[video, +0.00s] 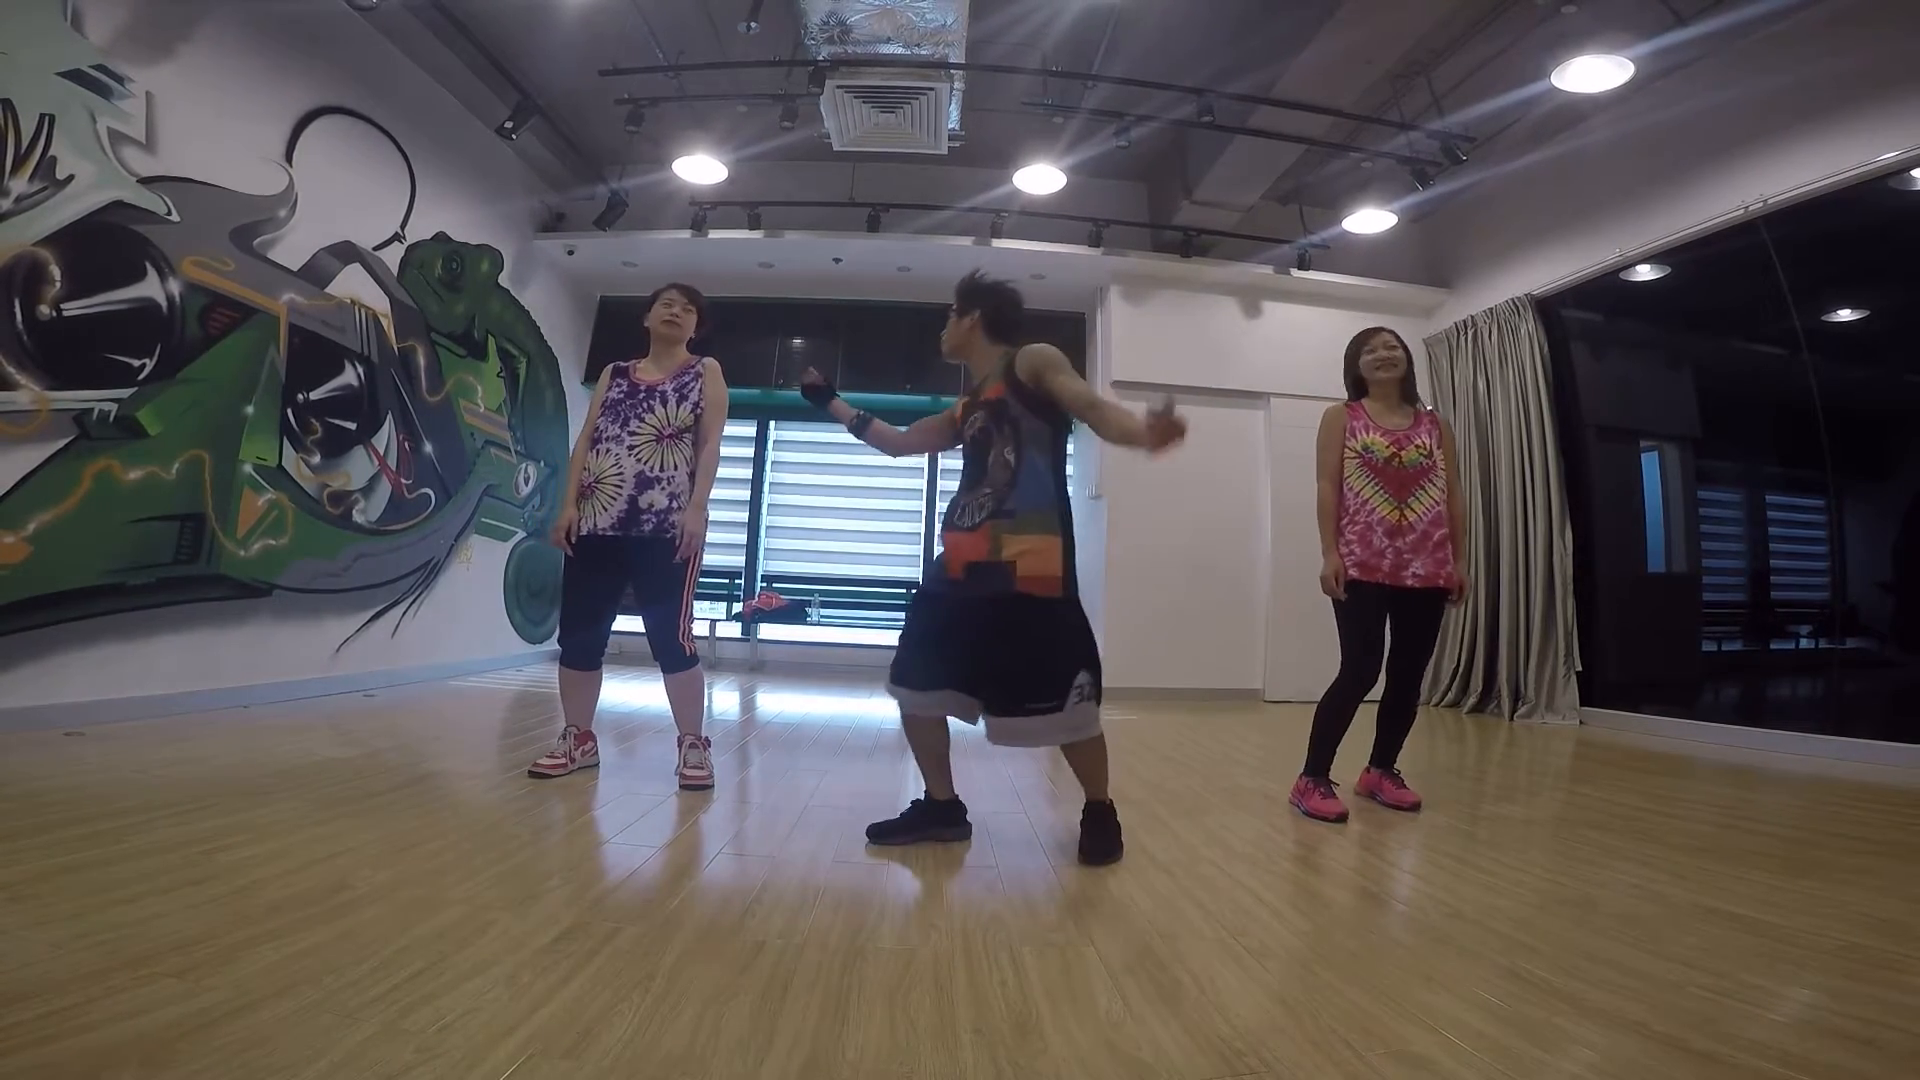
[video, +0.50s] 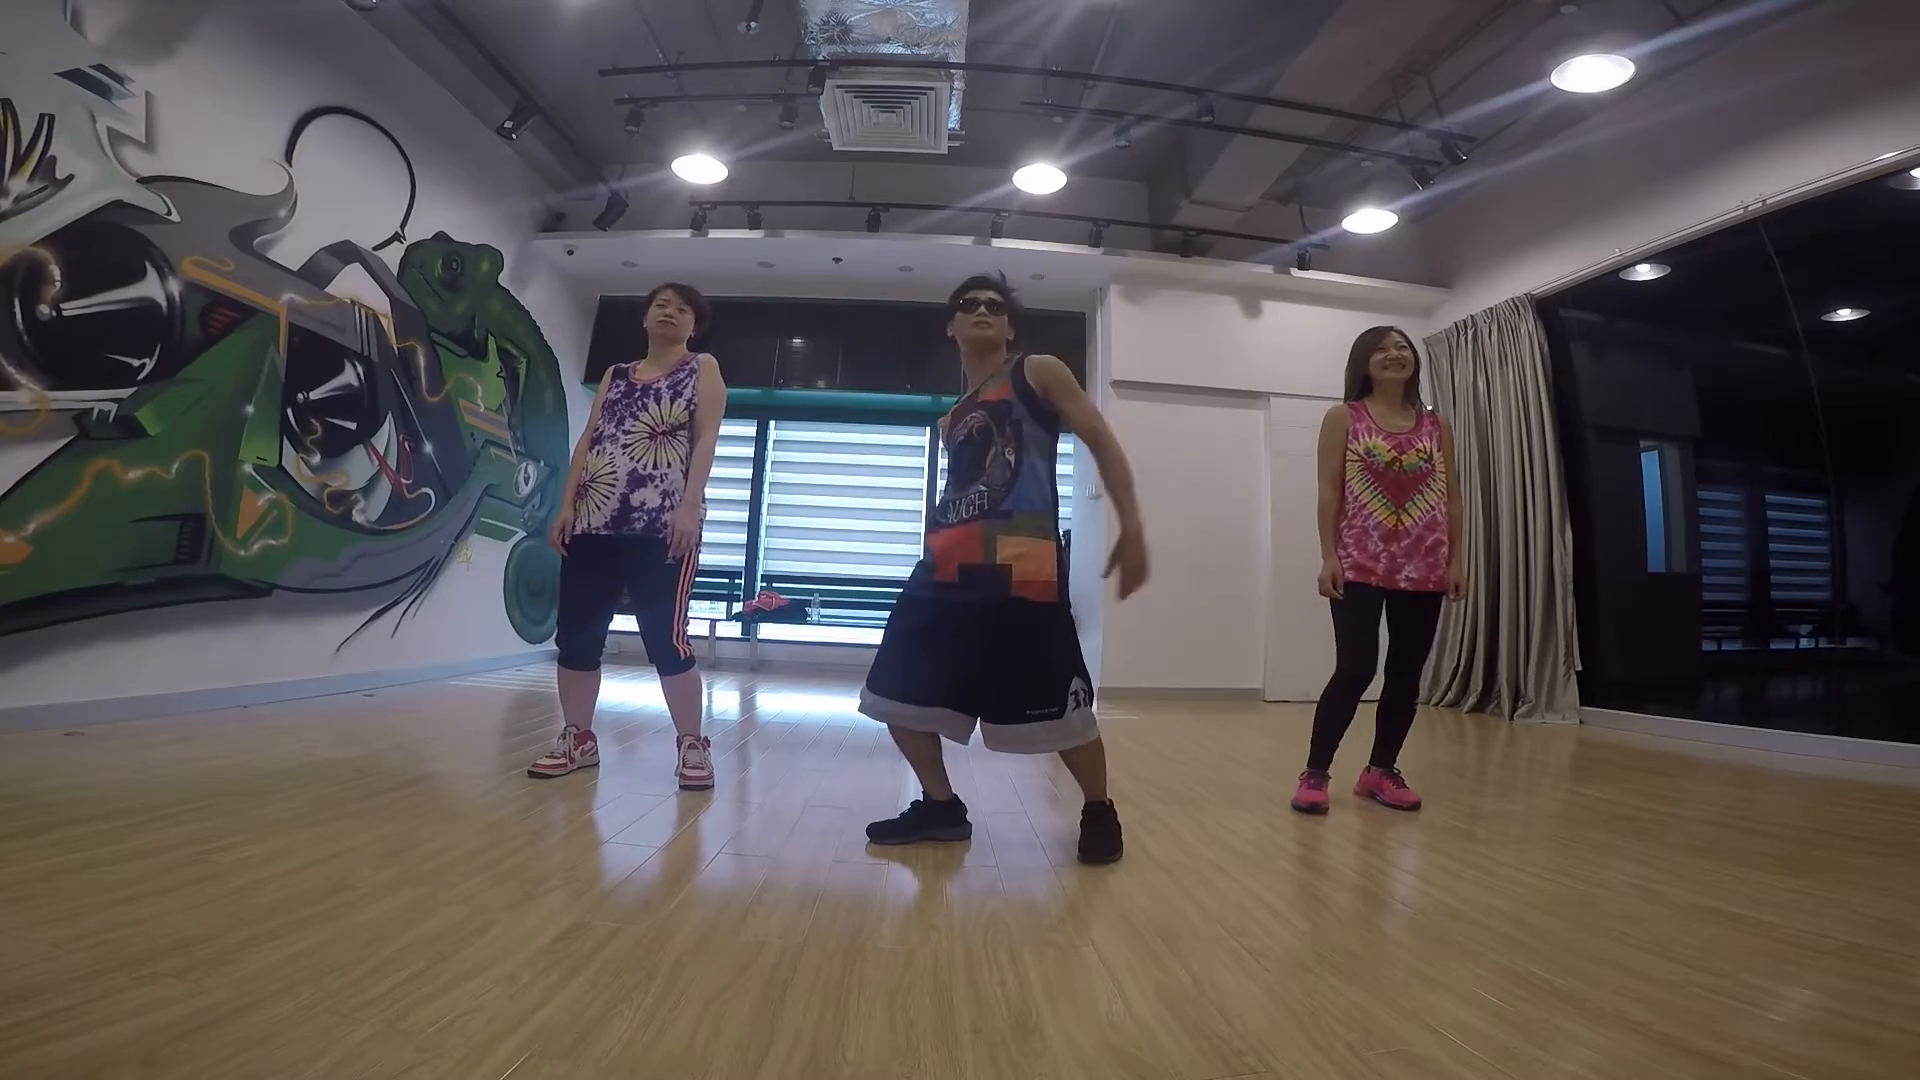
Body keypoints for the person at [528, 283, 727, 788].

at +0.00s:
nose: (675, 310)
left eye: (686, 307)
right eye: (666, 303)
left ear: (696, 327)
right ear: (647, 318)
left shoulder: (705, 372)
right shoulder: (614, 374)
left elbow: (708, 445)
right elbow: (585, 442)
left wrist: (697, 508)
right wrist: (569, 503)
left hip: (664, 528)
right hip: (596, 524)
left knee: (671, 642)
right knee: (579, 637)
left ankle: (692, 744)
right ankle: (578, 740)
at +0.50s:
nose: (669, 312)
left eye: (681, 308)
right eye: (661, 305)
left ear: (694, 326)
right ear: (645, 317)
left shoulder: (702, 369)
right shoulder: (616, 375)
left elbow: (705, 441)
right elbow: (586, 443)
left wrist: (690, 506)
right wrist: (566, 503)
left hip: (659, 527)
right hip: (593, 523)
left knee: (667, 643)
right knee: (576, 637)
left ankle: (691, 744)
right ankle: (578, 741)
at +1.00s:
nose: (668, 310)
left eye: (681, 305)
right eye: (660, 303)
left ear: (697, 322)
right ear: (647, 316)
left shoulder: (709, 368)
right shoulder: (619, 373)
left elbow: (711, 441)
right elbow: (591, 441)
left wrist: (694, 506)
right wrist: (575, 504)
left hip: (671, 527)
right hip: (603, 523)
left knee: (672, 641)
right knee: (580, 636)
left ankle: (692, 745)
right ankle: (578, 741)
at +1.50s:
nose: (666, 309)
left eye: (680, 305)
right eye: (659, 302)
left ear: (696, 322)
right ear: (645, 315)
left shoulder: (707, 371)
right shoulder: (615, 371)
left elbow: (707, 445)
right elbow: (586, 440)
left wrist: (693, 508)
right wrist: (569, 502)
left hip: (664, 528)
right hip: (597, 524)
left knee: (668, 642)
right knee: (572, 637)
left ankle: (691, 744)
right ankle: (582, 742)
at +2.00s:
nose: (637, 310)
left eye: (649, 305)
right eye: (629, 303)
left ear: (667, 321)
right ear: (615, 315)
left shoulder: (680, 374)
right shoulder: (584, 371)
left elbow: (684, 451)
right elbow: (552, 437)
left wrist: (676, 519)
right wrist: (535, 503)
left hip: (636, 532)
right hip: (566, 528)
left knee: (622, 644)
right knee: (562, 642)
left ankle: (638, 742)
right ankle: (579, 742)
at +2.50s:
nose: (635, 306)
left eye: (648, 301)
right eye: (628, 300)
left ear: (669, 320)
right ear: (615, 314)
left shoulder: (681, 383)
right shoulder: (593, 375)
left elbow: (687, 444)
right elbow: (574, 442)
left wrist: (668, 502)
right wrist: (554, 506)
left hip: (648, 527)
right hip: (582, 525)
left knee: (635, 636)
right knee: (565, 634)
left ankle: (640, 741)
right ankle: (590, 736)